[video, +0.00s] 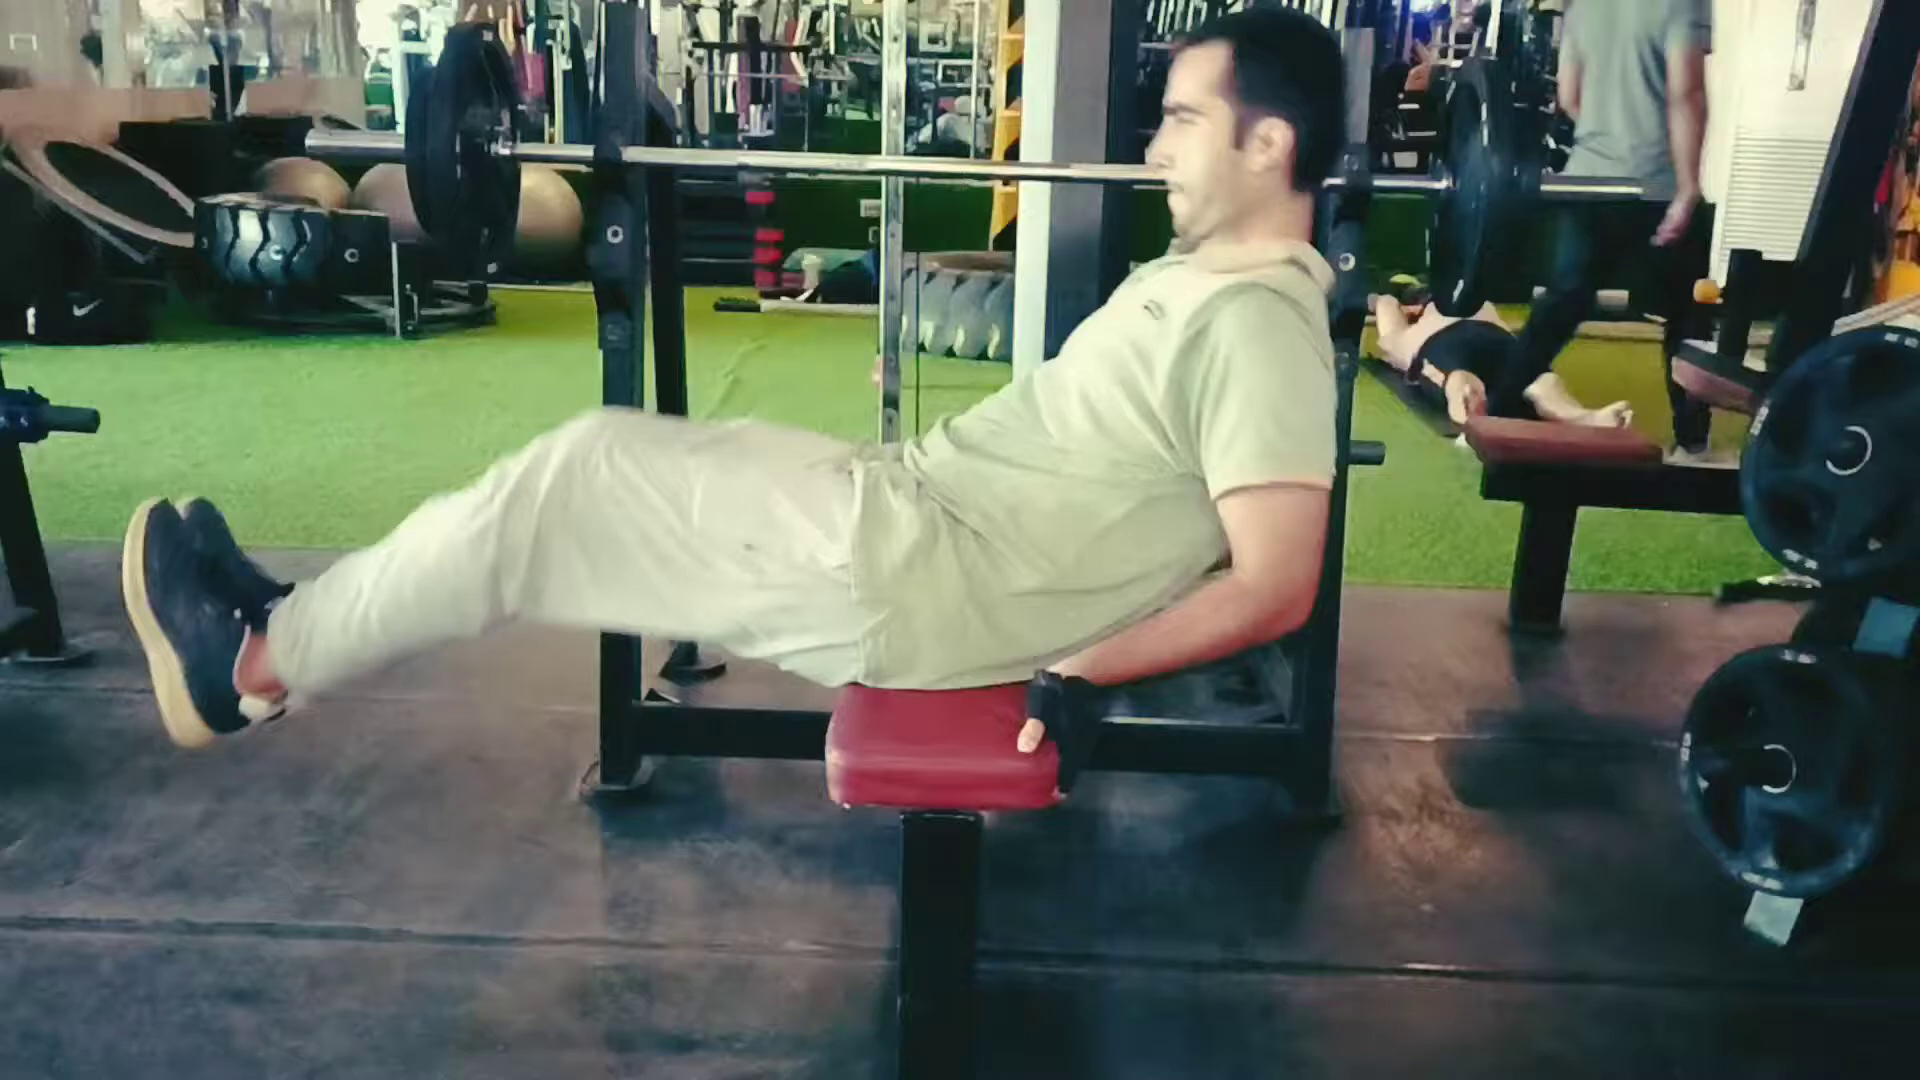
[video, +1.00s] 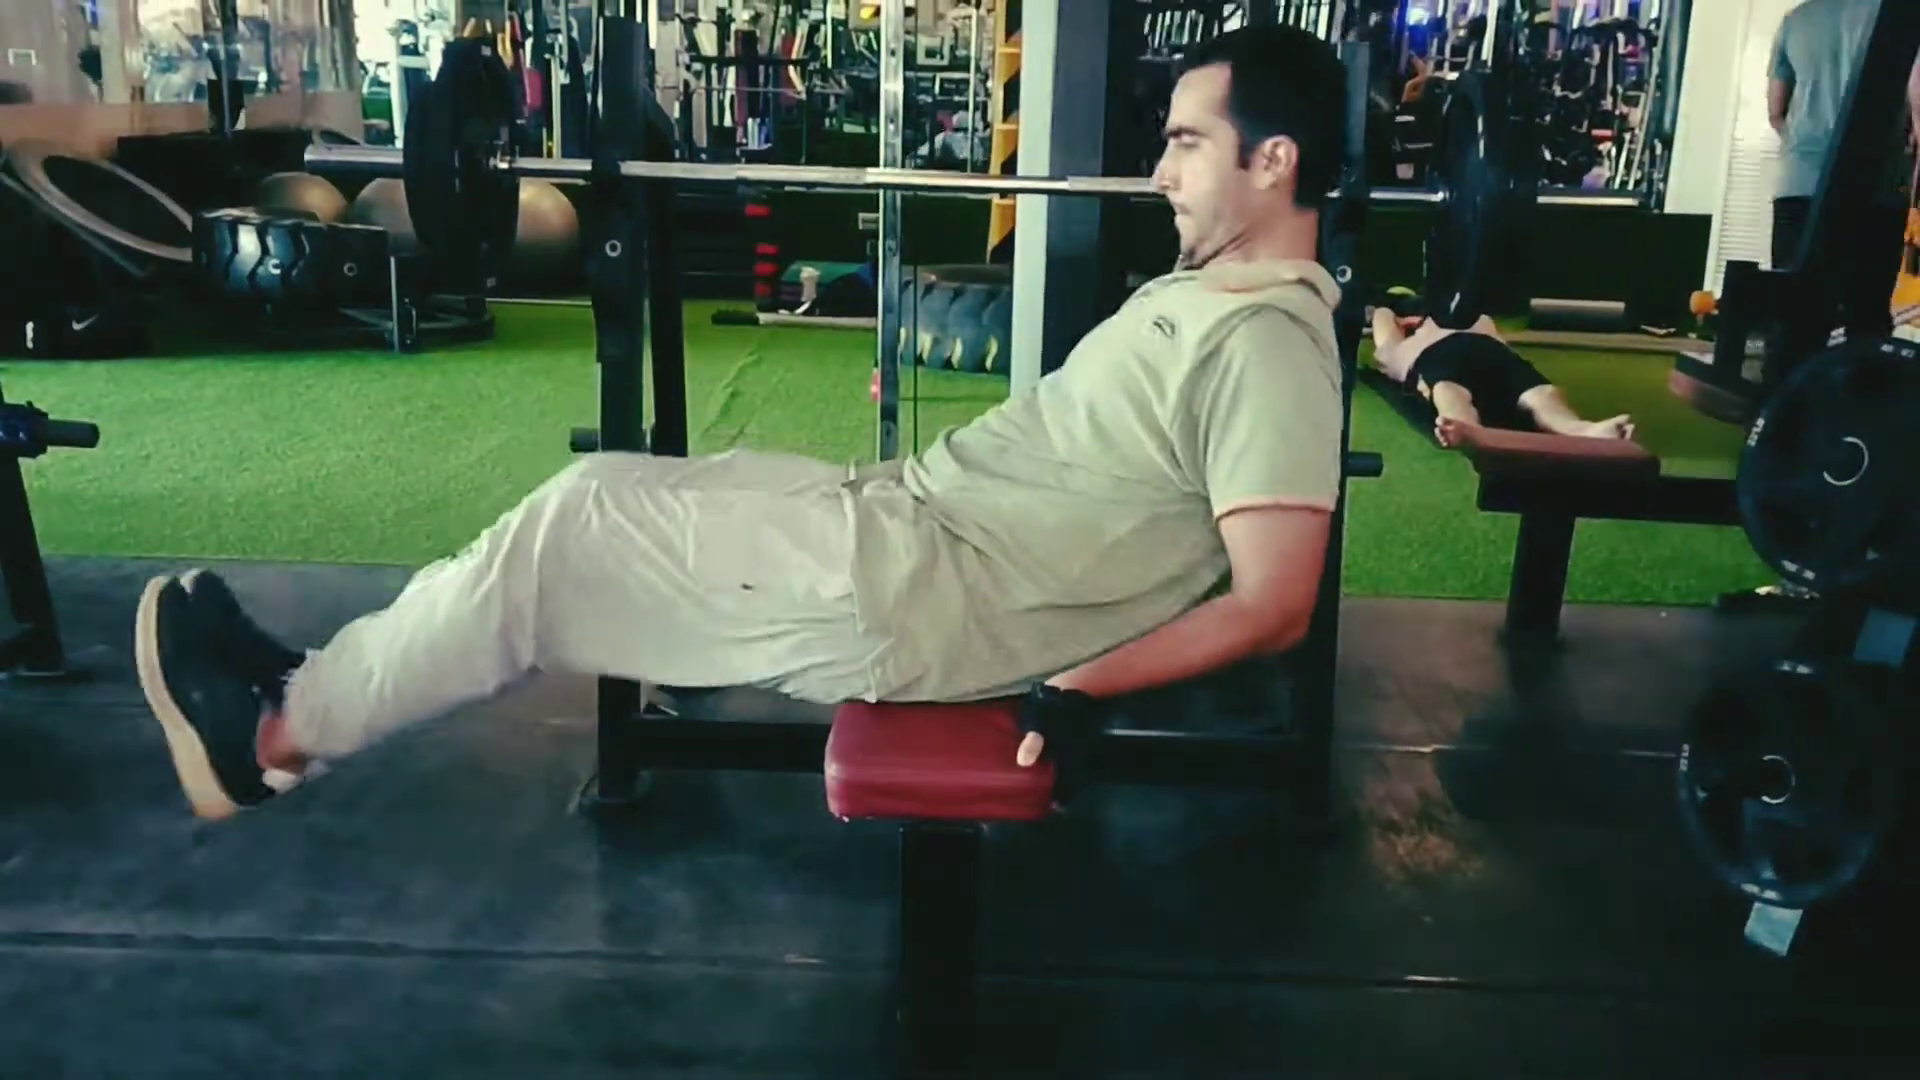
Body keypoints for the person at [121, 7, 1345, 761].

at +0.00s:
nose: (1158, 145)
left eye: (1186, 115)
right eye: (1165, 115)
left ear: (1277, 144)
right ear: (1255, 146)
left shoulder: (1260, 315)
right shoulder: (1208, 281)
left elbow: (1275, 587)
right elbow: (1225, 546)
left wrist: (1069, 671)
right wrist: (1052, 634)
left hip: (928, 578)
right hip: (907, 518)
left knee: (578, 481)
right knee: (590, 456)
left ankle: (253, 670)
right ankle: (288, 629)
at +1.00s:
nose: (1164, 169)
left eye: (1190, 143)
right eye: (1170, 142)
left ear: (1280, 165)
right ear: (1261, 168)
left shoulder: (1269, 335)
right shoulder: (1212, 300)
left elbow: (1275, 602)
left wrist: (1068, 686)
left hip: (935, 590)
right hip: (908, 523)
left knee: (575, 535)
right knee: (589, 494)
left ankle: (272, 743)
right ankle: (303, 702)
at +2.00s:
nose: (1087, 139)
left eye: (1110, 111)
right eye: (1088, 112)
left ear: (1204, 122)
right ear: (1177, 125)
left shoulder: (1219, 288)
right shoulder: (1164, 262)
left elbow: (1257, 568)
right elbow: (1173, 509)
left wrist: (1065, 675)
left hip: (951, 600)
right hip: (924, 539)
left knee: (601, 443)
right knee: (613, 422)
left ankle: (322, 689)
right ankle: (357, 636)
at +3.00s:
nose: (1014, 142)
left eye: (1036, 113)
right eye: (1016, 112)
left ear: (1125, 128)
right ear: (1110, 129)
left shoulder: (1172, 303)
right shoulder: (1103, 267)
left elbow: (1225, 572)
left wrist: (1047, 736)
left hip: (957, 642)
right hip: (935, 570)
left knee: (697, 356)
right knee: (703, 346)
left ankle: (427, 624)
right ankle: (448, 584)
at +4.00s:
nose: (896, 181)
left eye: (911, 146)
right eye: (894, 150)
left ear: (995, 147)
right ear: (989, 150)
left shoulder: (1066, 309)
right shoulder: (1019, 293)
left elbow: (1190, 564)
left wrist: (1039, 744)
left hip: (937, 680)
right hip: (918, 646)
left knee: (730, 345)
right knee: (717, 348)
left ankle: (483, 632)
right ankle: (486, 610)